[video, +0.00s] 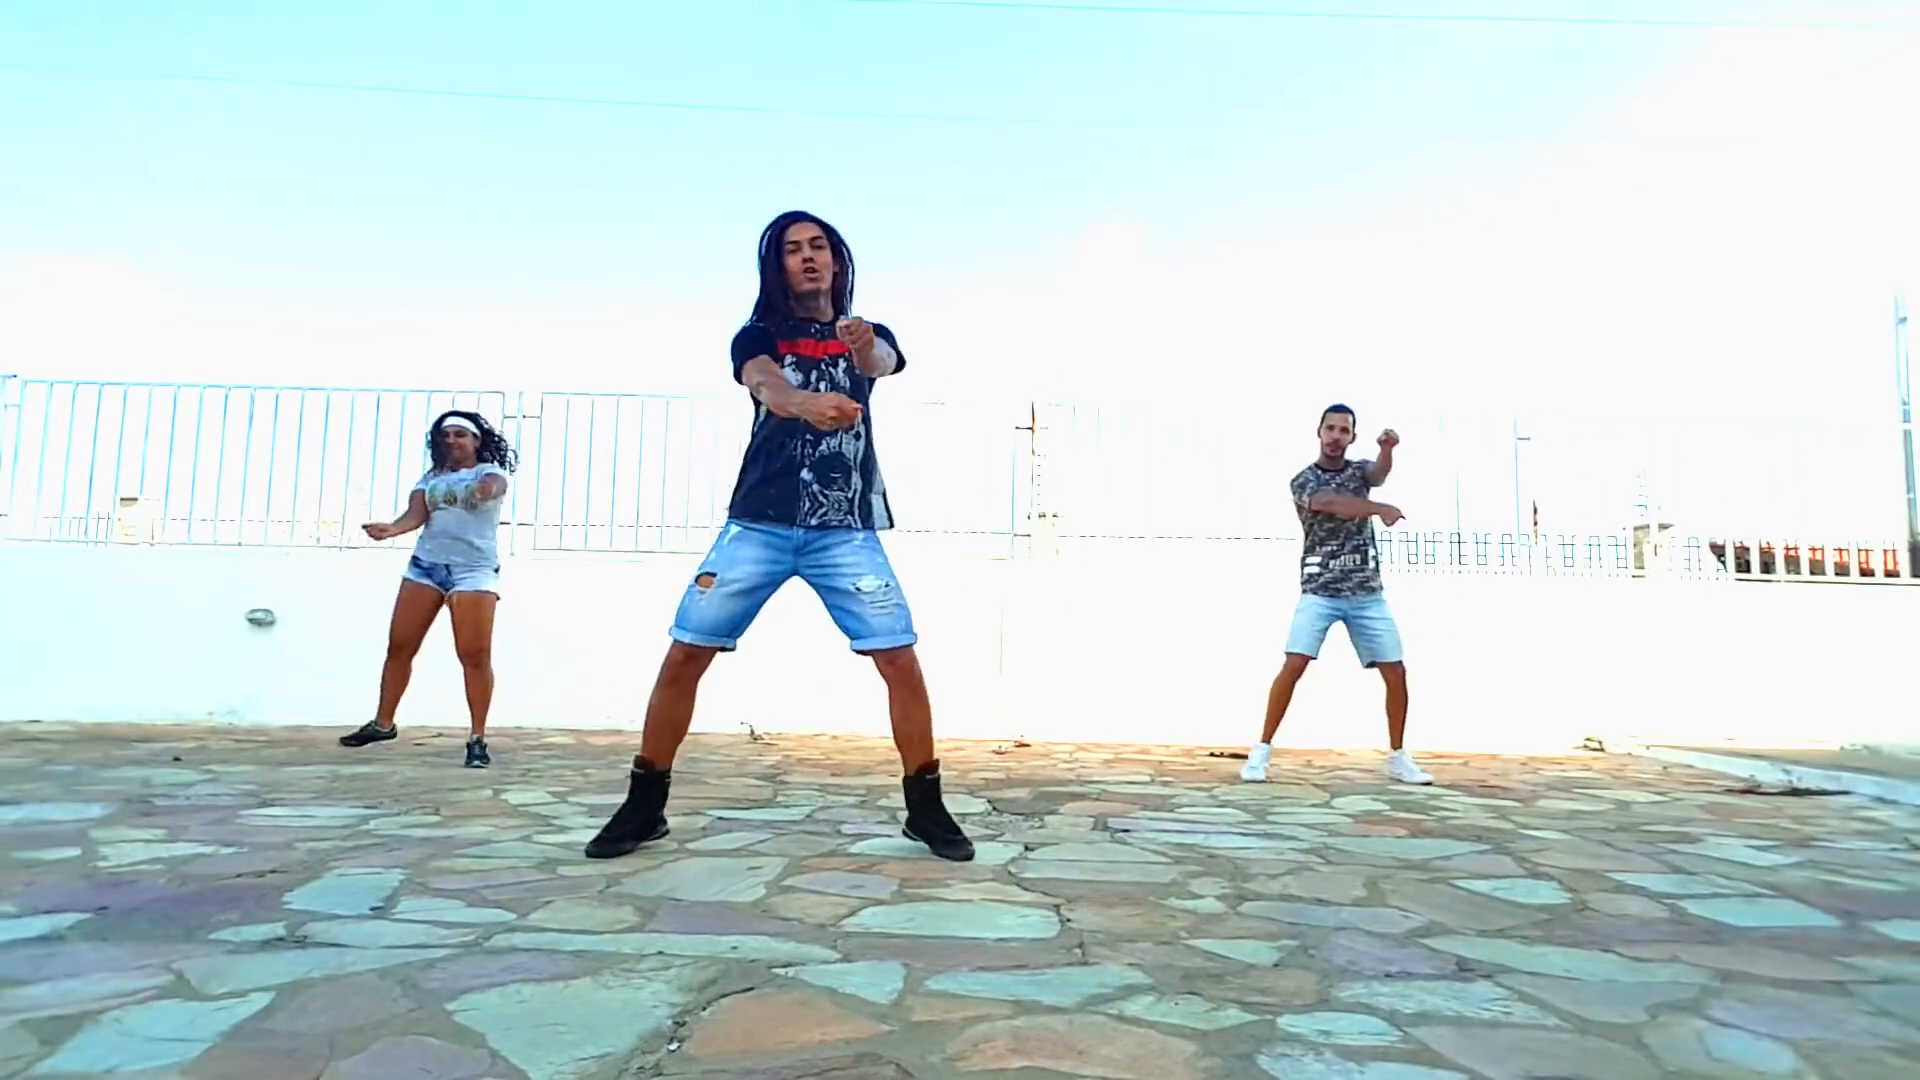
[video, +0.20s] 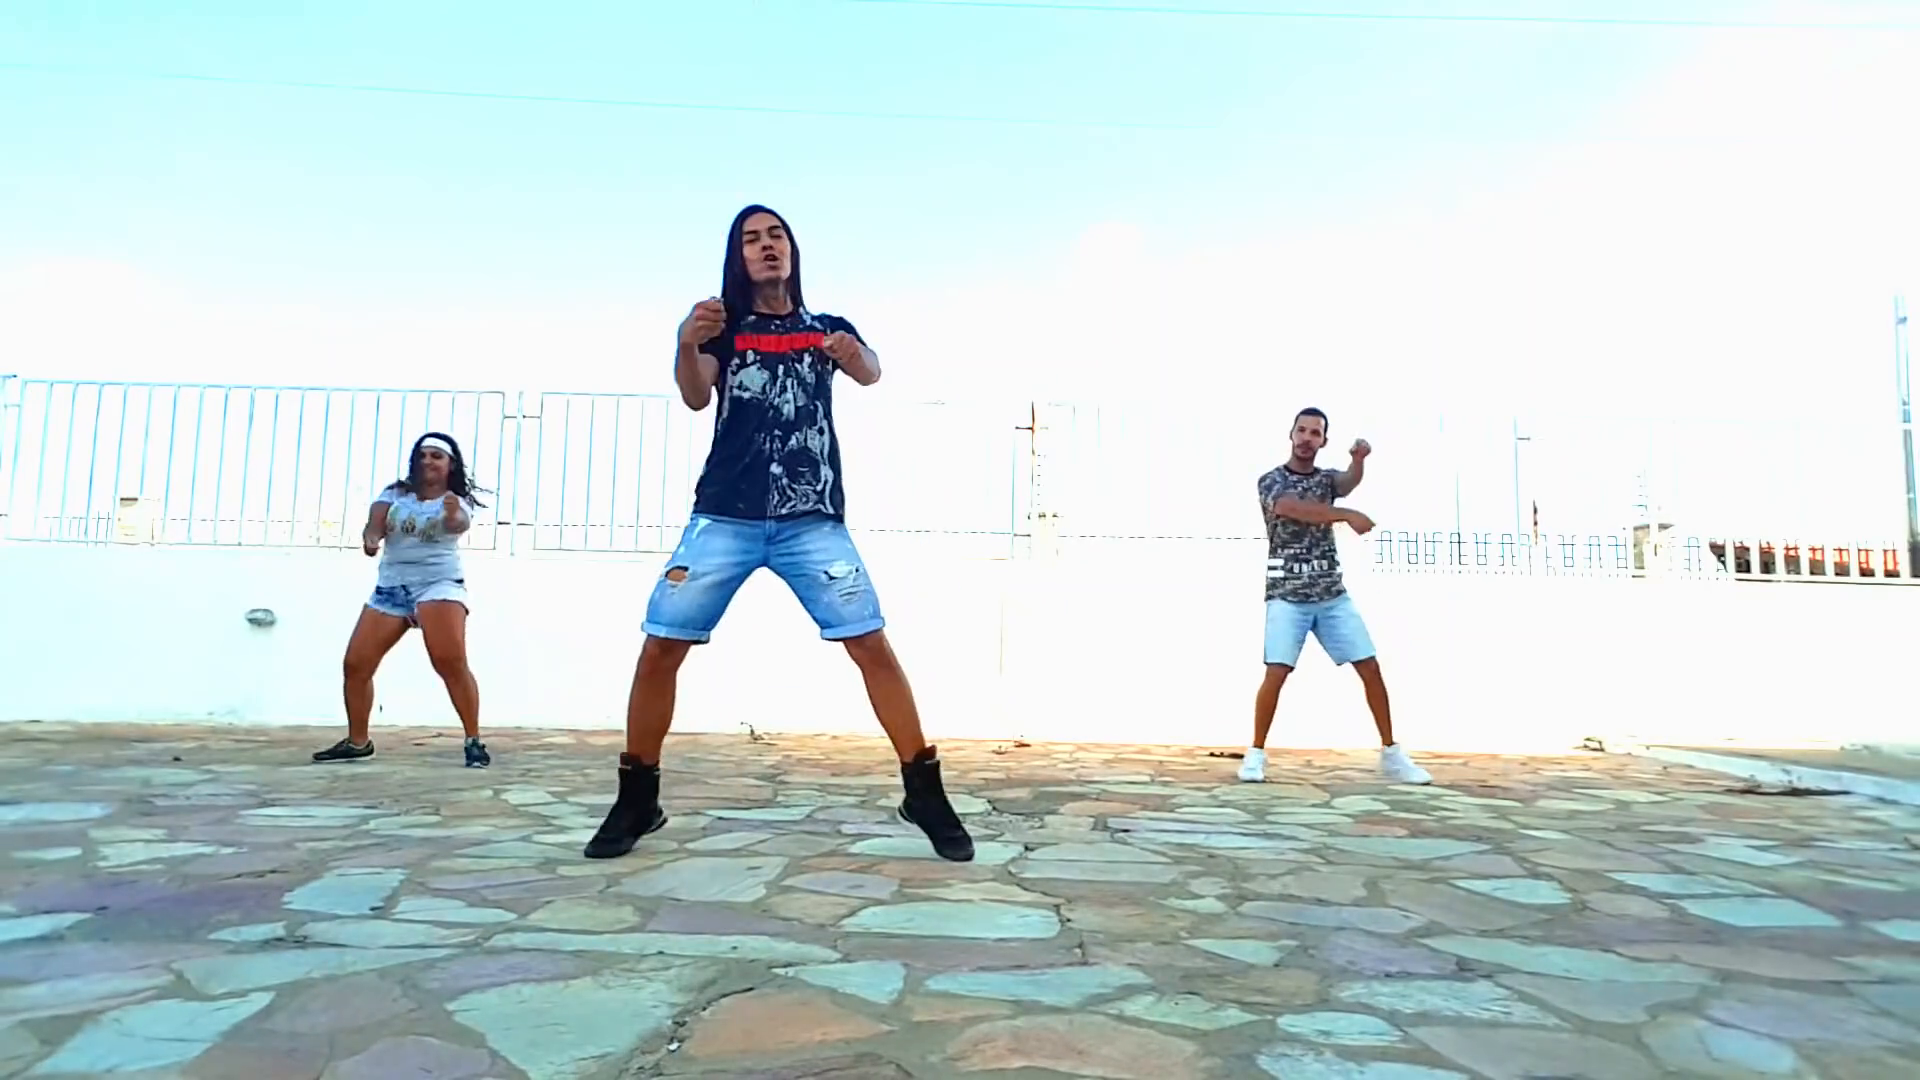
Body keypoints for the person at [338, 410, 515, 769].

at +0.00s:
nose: (453, 439)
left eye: (461, 434)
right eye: (446, 434)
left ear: (477, 441)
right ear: (439, 443)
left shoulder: (491, 472)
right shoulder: (428, 481)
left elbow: (493, 485)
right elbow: (414, 516)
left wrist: (483, 490)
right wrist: (389, 530)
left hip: (474, 570)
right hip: (425, 567)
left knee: (475, 656)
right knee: (399, 648)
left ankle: (477, 738)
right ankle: (383, 724)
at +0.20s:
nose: (429, 461)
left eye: (438, 456)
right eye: (423, 456)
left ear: (452, 466)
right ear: (414, 464)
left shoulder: (457, 500)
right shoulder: (393, 494)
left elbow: (456, 525)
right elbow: (375, 523)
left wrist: (453, 516)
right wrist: (372, 539)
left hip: (439, 584)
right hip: (391, 586)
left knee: (449, 659)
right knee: (356, 663)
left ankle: (473, 740)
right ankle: (358, 742)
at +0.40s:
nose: (398, 433)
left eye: (406, 428)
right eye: (391, 429)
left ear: (422, 438)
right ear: (382, 438)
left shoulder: (432, 471)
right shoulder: (368, 471)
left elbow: (431, 487)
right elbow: (350, 504)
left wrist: (421, 490)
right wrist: (326, 514)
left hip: (409, 563)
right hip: (362, 561)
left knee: (408, 647)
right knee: (336, 643)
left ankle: (410, 730)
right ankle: (335, 724)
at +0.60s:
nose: (372, 457)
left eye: (381, 453)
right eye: (366, 453)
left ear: (396, 465)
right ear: (358, 463)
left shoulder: (403, 500)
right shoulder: (342, 498)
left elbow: (407, 519)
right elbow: (322, 536)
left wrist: (390, 522)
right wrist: (336, 547)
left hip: (381, 591)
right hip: (332, 589)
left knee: (380, 665)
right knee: (300, 665)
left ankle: (390, 740)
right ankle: (300, 741)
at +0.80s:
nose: (363, 433)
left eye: (372, 430)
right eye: (357, 428)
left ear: (384, 442)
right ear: (346, 437)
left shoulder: (393, 475)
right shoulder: (324, 472)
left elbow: (390, 496)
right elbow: (300, 507)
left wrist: (381, 493)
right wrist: (286, 517)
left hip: (372, 564)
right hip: (322, 563)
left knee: (381, 646)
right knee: (299, 649)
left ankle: (391, 724)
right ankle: (290, 726)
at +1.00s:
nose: (356, 447)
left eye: (365, 445)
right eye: (349, 442)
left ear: (376, 460)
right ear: (337, 453)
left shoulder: (382, 496)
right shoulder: (314, 491)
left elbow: (391, 540)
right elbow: (299, 537)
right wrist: (300, 566)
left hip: (365, 584)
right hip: (315, 583)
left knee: (386, 659)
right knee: (290, 666)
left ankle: (400, 734)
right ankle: (290, 739)